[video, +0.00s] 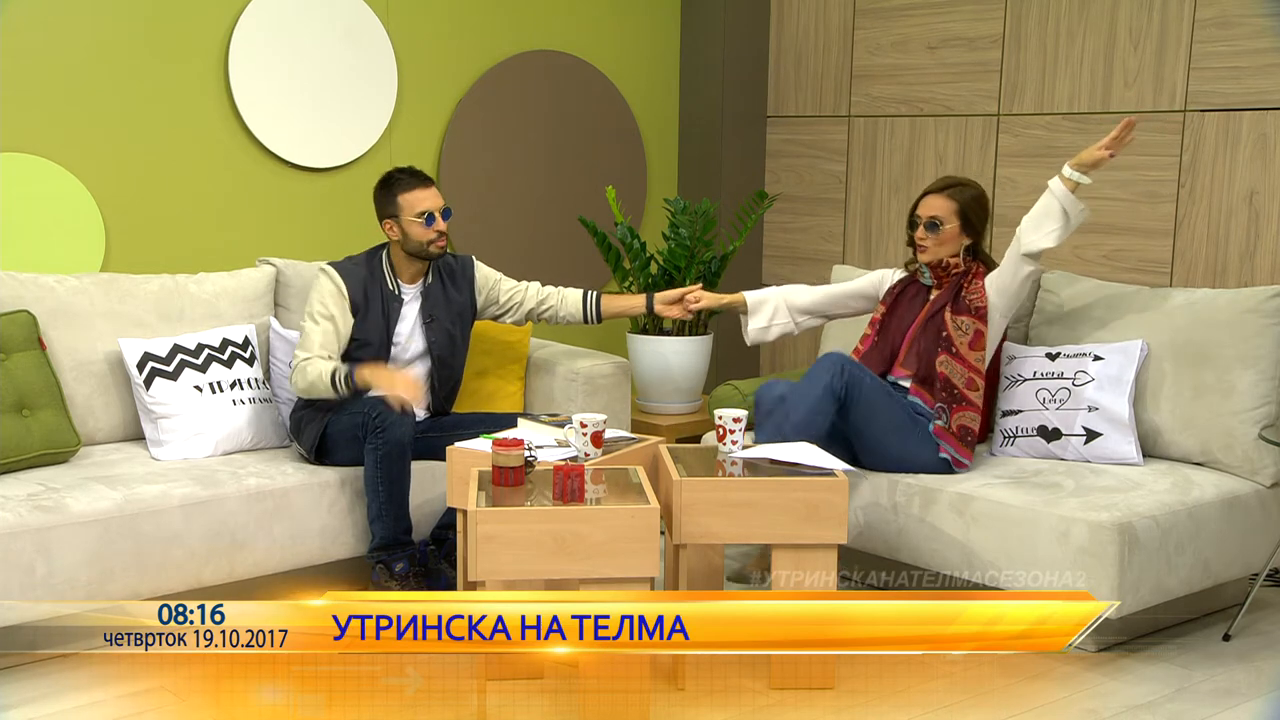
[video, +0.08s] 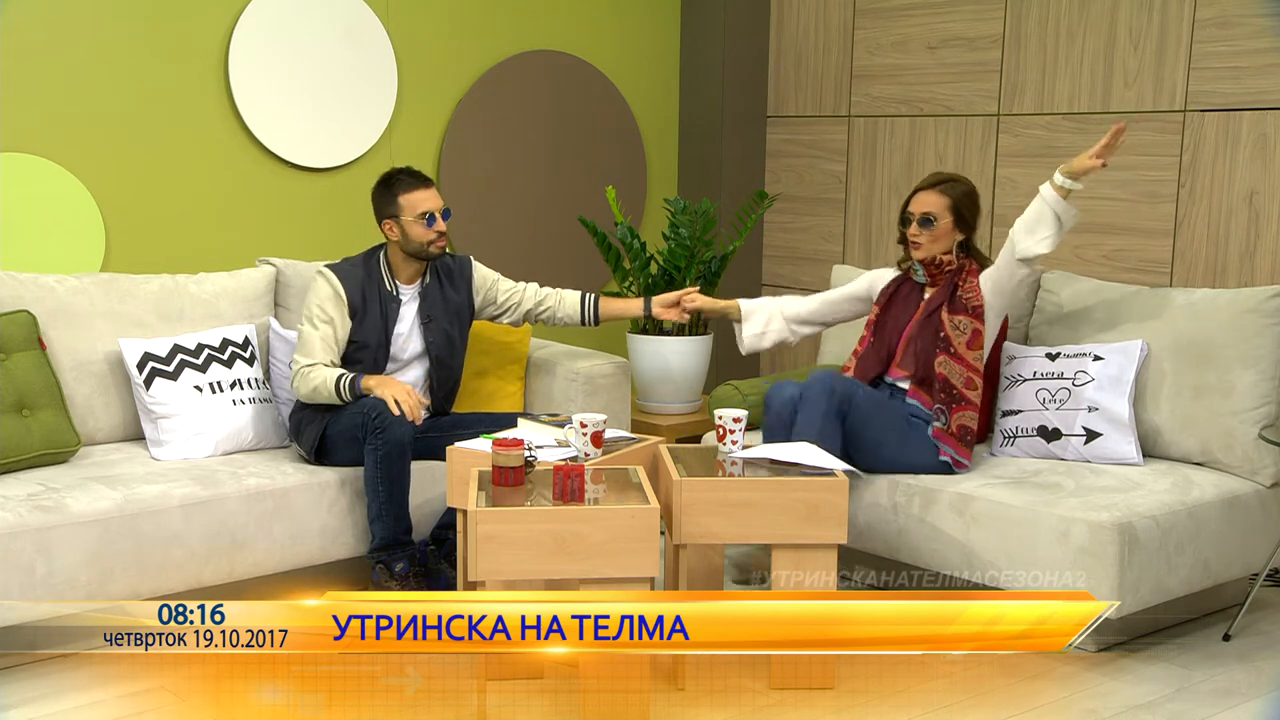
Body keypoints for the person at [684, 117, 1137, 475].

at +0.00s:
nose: (920, 235)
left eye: (934, 226)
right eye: (917, 226)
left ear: (969, 234)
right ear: (913, 232)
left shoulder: (991, 294)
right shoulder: (896, 285)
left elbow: (1028, 247)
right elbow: (816, 299)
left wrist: (1076, 171)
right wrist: (725, 300)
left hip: (931, 437)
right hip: (864, 423)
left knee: (836, 368)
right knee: (772, 398)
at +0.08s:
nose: (913, 233)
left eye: (927, 222)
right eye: (909, 222)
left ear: (962, 228)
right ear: (905, 229)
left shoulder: (988, 293)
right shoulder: (890, 284)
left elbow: (1024, 248)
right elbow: (806, 311)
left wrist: (1067, 178)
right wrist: (714, 306)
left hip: (931, 430)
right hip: (869, 415)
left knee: (824, 388)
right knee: (782, 395)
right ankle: (762, 532)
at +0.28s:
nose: (882, 220)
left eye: (897, 209)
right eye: (877, 210)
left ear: (929, 216)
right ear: (870, 219)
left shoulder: (954, 279)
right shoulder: (857, 281)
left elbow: (992, 249)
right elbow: (786, 334)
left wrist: (1027, 212)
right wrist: (704, 331)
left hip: (925, 433)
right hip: (861, 417)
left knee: (808, 427)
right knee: (779, 418)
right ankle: (819, 560)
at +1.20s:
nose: (852, 231)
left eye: (864, 221)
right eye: (852, 221)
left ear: (900, 227)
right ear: (856, 229)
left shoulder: (931, 287)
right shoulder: (849, 285)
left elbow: (961, 269)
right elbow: (778, 315)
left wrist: (994, 232)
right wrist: (694, 343)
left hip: (900, 437)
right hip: (845, 418)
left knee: (799, 433)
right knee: (768, 418)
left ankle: (819, 550)